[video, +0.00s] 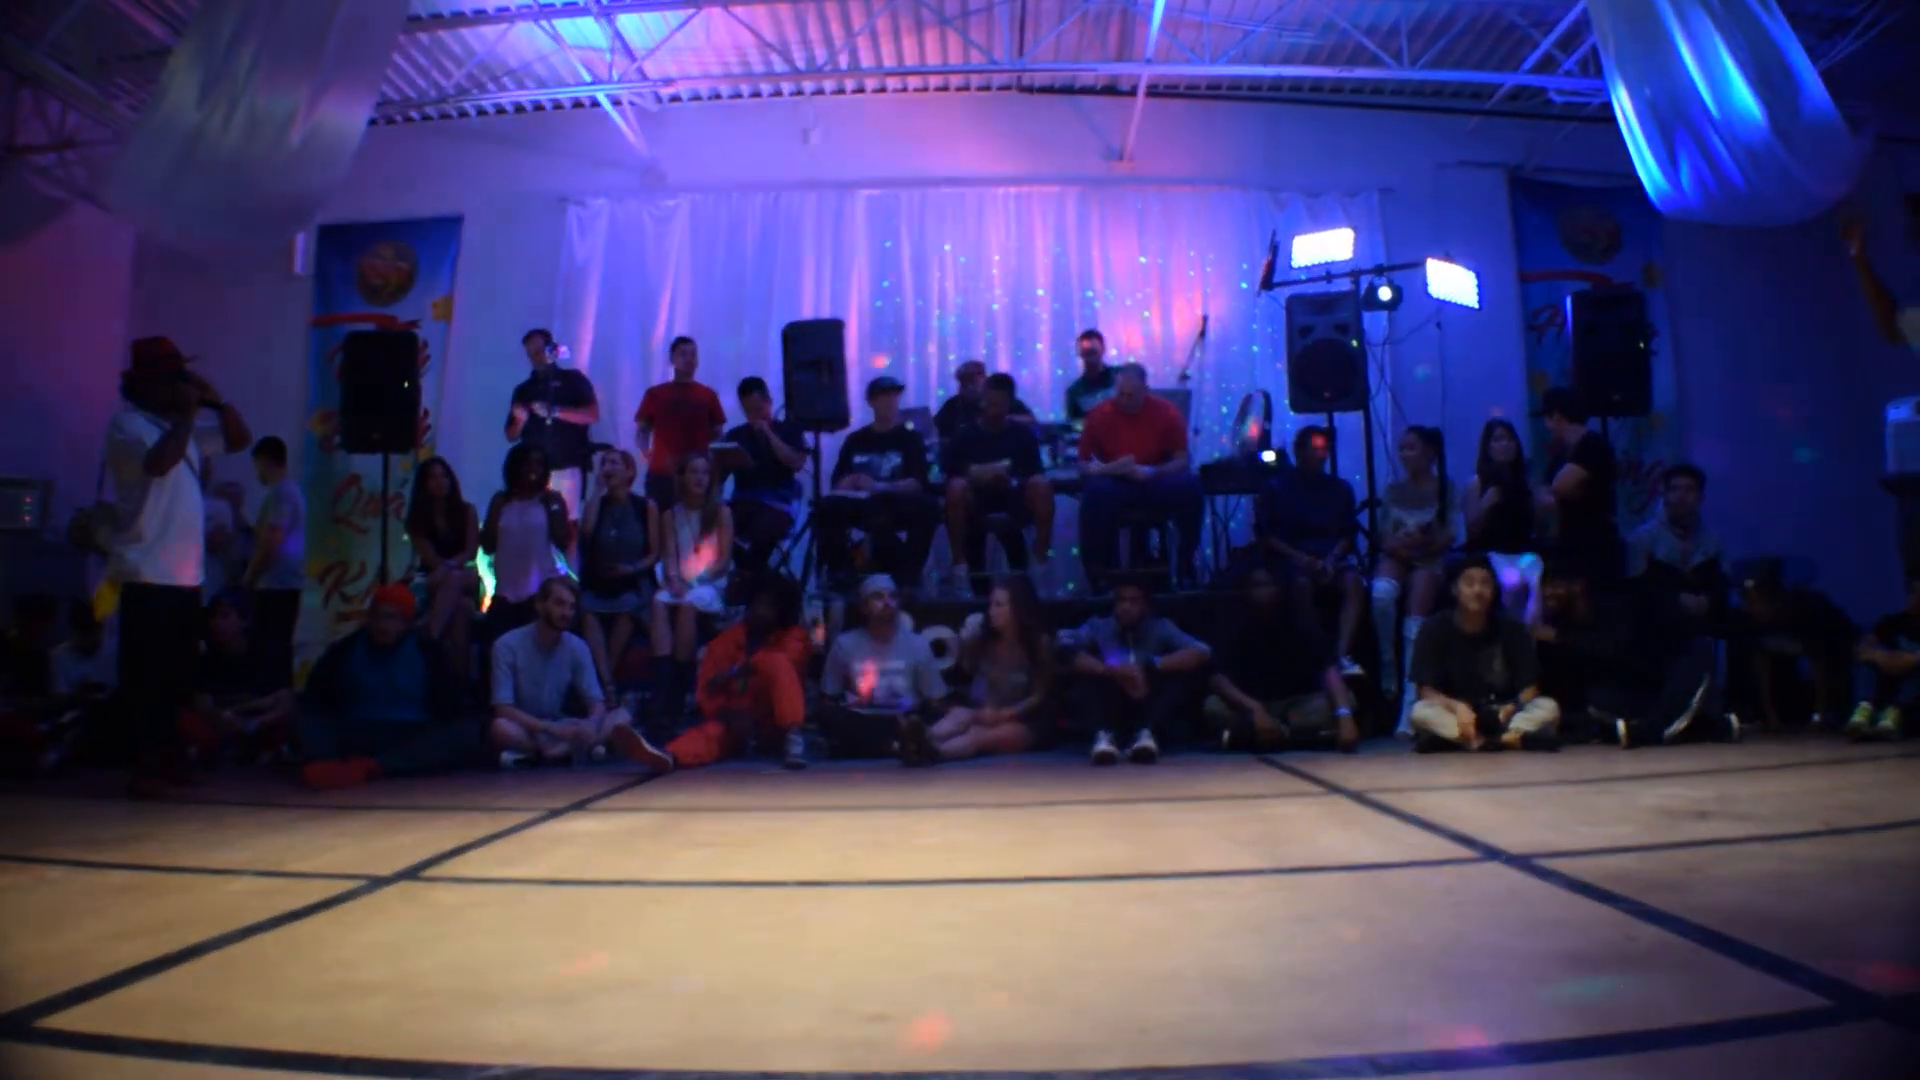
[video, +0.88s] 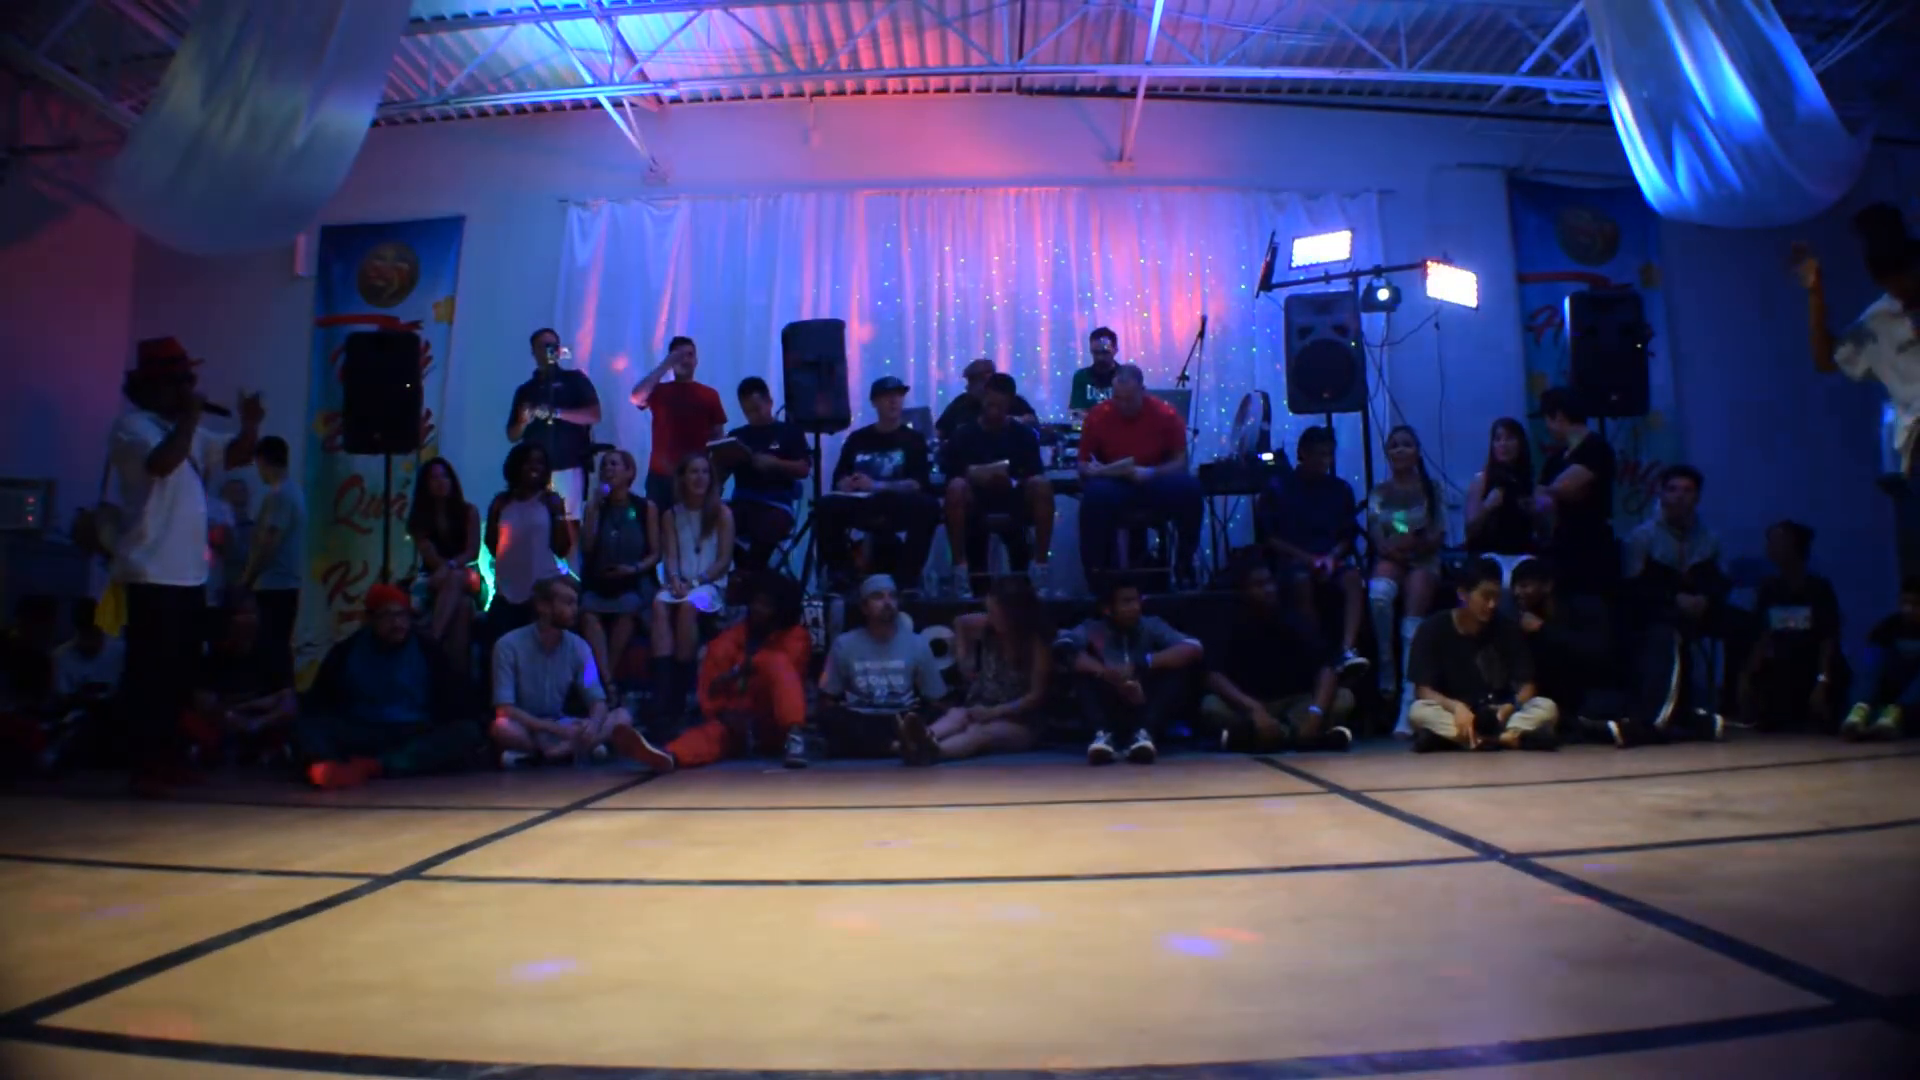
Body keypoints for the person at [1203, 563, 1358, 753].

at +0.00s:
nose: (1262, 593)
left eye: (1267, 586)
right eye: (1256, 587)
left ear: (1278, 589)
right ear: (1247, 592)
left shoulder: (1297, 626)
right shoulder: (1239, 630)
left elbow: (1328, 670)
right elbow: (1218, 678)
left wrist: (1344, 715)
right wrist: (1256, 710)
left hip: (1300, 702)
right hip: (1252, 705)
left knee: (1341, 702)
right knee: (1213, 706)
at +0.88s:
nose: (1269, 589)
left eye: (1270, 582)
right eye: (1260, 584)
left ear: (1276, 585)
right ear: (1245, 591)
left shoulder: (1293, 621)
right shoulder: (1234, 627)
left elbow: (1326, 668)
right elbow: (1214, 675)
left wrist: (1316, 712)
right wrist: (1256, 710)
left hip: (1296, 699)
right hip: (1248, 703)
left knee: (1344, 698)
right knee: (1211, 706)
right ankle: (1306, 736)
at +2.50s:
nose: (1241, 598)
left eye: (1248, 591)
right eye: (1238, 591)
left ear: (1268, 592)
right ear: (1232, 593)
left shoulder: (1293, 624)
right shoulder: (1230, 628)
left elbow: (1328, 671)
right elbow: (1213, 675)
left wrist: (1303, 716)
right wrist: (1254, 710)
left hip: (1294, 698)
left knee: (1343, 699)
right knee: (1211, 705)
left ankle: (1255, 741)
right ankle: (1309, 740)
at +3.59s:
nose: (1259, 581)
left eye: (1265, 575)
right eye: (1252, 576)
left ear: (1274, 580)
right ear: (1242, 582)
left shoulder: (1292, 617)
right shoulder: (1231, 621)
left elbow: (1324, 667)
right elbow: (1216, 676)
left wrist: (1315, 702)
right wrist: (1259, 704)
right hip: (1249, 703)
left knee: (1340, 699)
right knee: (1212, 704)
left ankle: (1249, 740)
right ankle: (1307, 739)